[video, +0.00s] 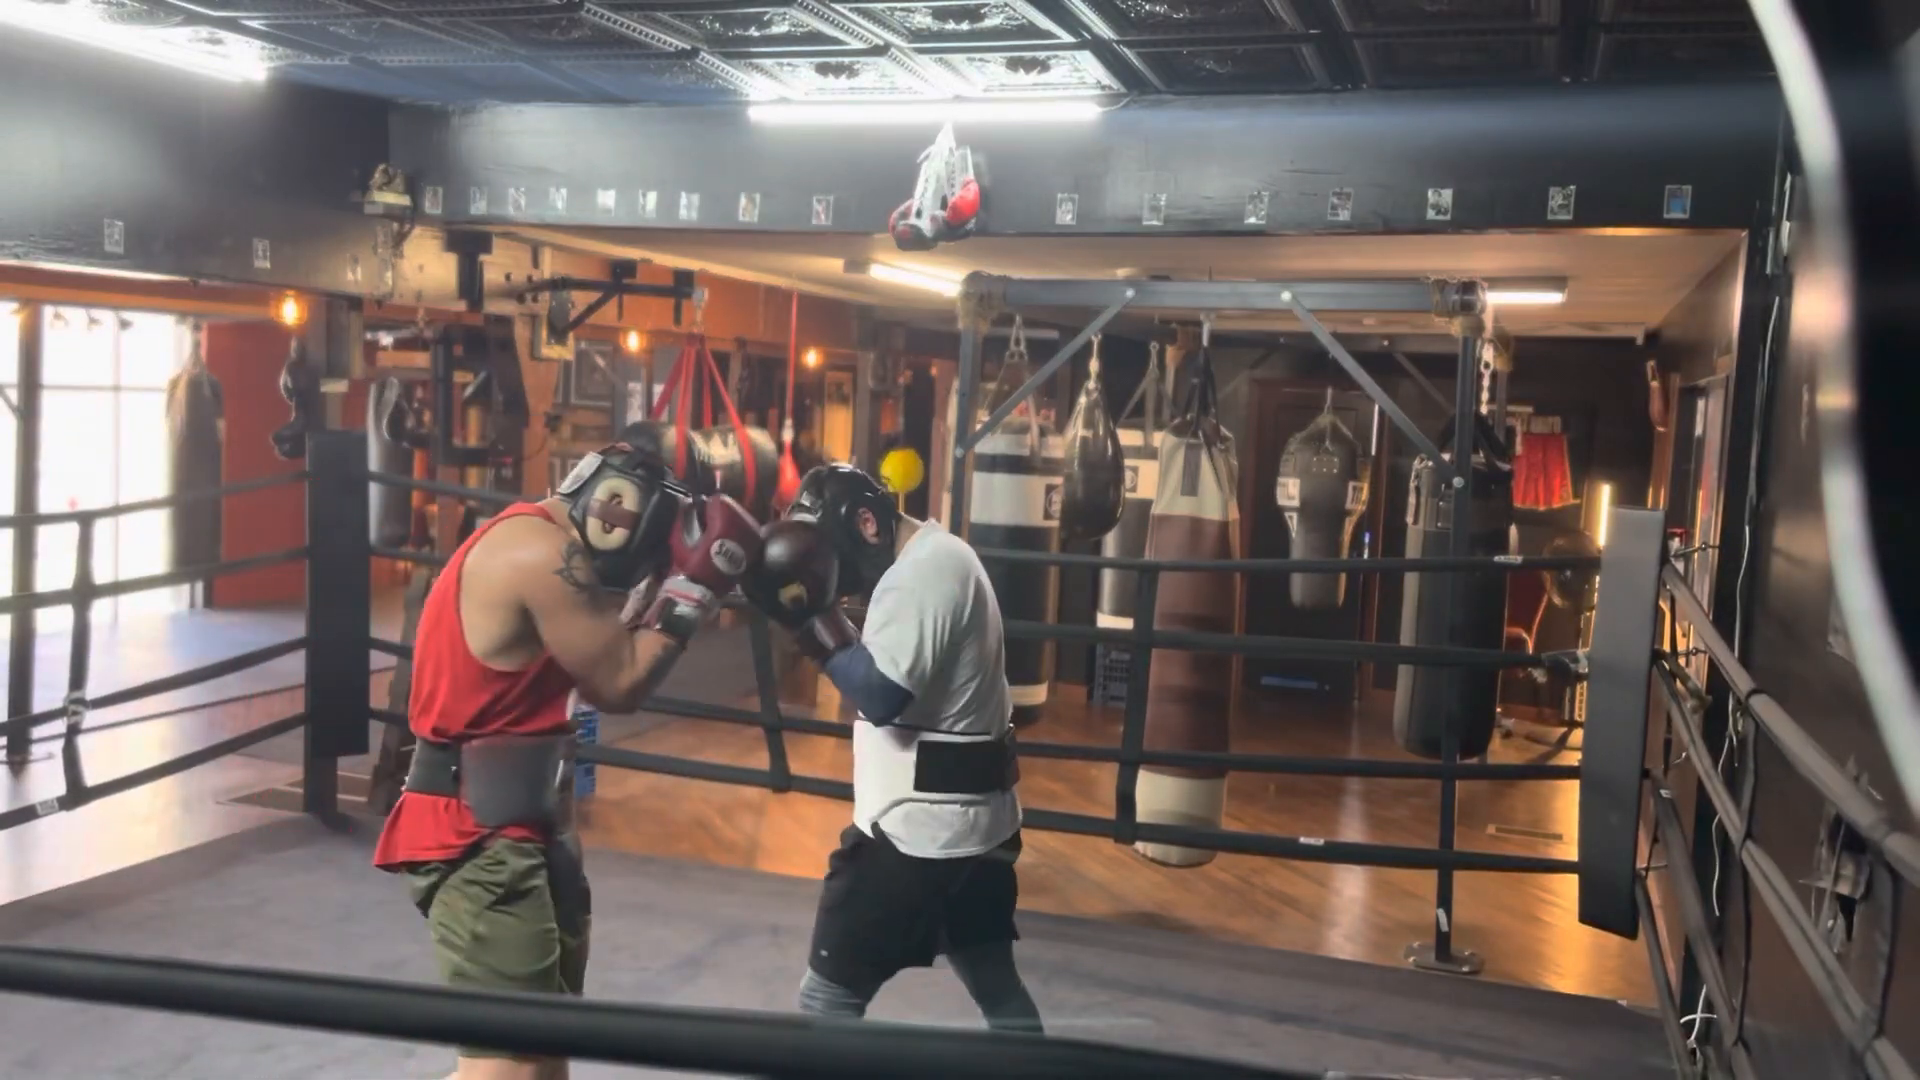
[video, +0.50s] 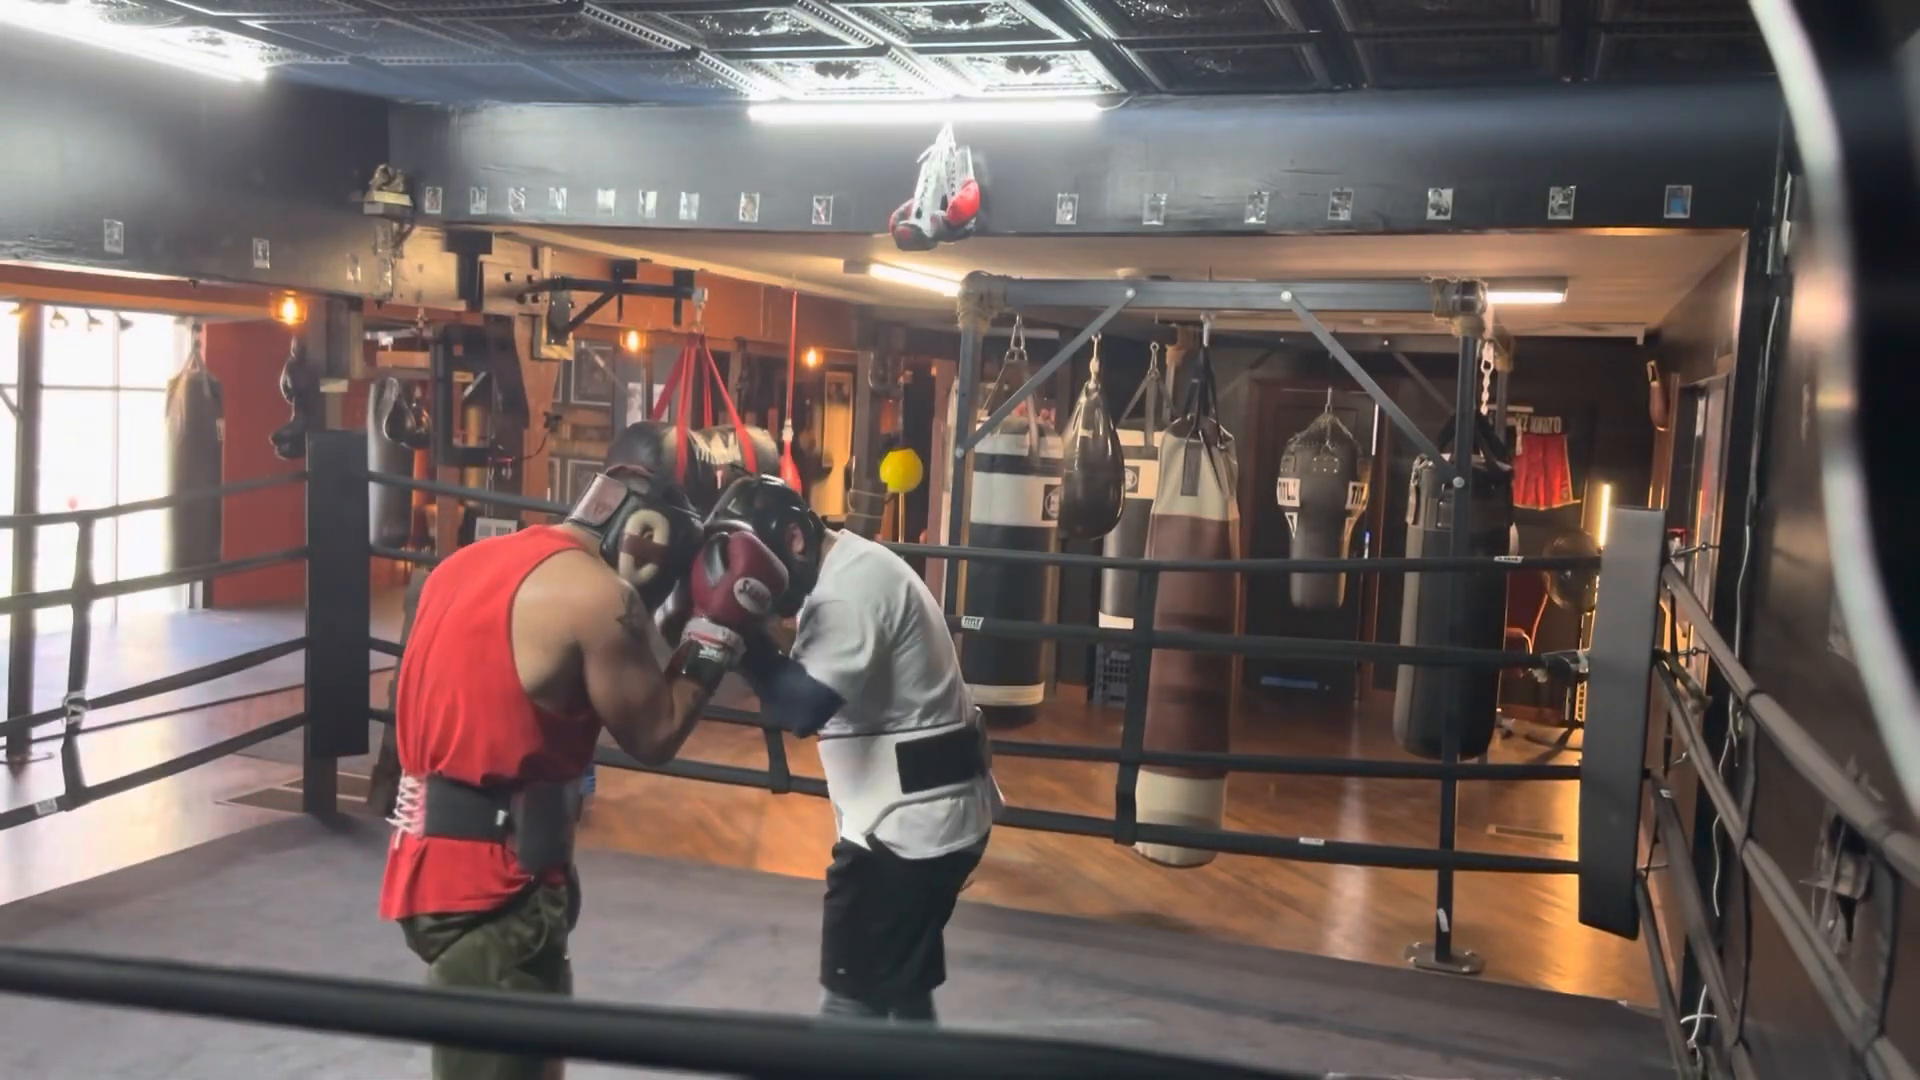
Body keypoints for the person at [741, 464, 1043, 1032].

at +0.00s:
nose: (837, 569)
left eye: (835, 551)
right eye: (828, 556)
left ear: (868, 524)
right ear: (874, 521)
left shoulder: (920, 577)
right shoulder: (948, 556)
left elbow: (881, 697)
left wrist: (811, 623)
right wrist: (828, 619)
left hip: (915, 835)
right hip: (982, 825)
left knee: (826, 1002)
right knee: (995, 984)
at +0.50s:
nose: (750, 577)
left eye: (752, 558)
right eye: (742, 563)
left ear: (794, 539)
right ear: (799, 536)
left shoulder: (851, 584)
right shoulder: (854, 566)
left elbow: (802, 710)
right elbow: (803, 690)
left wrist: (746, 636)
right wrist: (749, 635)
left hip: (909, 822)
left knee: (851, 1008)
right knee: (904, 1000)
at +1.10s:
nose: (746, 557)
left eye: (752, 540)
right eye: (741, 542)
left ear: (786, 525)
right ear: (786, 523)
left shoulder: (844, 569)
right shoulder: (815, 566)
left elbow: (768, 692)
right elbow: (754, 678)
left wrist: (733, 611)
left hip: (854, 818)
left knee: (797, 1006)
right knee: (865, 981)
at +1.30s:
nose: (713, 576)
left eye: (720, 562)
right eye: (707, 564)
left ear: (760, 546)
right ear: (760, 545)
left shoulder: (844, 585)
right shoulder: (778, 582)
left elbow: (798, 712)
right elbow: (737, 688)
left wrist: (723, 629)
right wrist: (650, 651)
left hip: (864, 824)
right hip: (821, 815)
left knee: (797, 1015)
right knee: (880, 983)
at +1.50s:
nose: (667, 595)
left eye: (674, 579)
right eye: (660, 581)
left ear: (720, 558)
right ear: (721, 553)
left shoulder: (806, 616)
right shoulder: (743, 582)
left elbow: (798, 751)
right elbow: (736, 712)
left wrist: (702, 686)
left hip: (836, 837)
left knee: (790, 1019)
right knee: (866, 999)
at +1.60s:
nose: (651, 583)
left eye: (654, 567)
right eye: (641, 571)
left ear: (702, 546)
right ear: (704, 543)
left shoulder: (779, 581)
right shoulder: (750, 571)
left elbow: (686, 712)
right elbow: (704, 668)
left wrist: (590, 636)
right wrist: (640, 625)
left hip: (826, 831)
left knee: (804, 1018)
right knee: (811, 1015)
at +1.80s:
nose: (641, 565)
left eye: (644, 548)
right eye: (632, 552)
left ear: (685, 525)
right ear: (691, 519)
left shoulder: (738, 571)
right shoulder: (772, 554)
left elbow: (654, 696)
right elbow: (680, 684)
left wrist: (585, 632)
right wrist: (623, 626)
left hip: (785, 832)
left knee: (740, 1020)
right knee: (762, 1018)